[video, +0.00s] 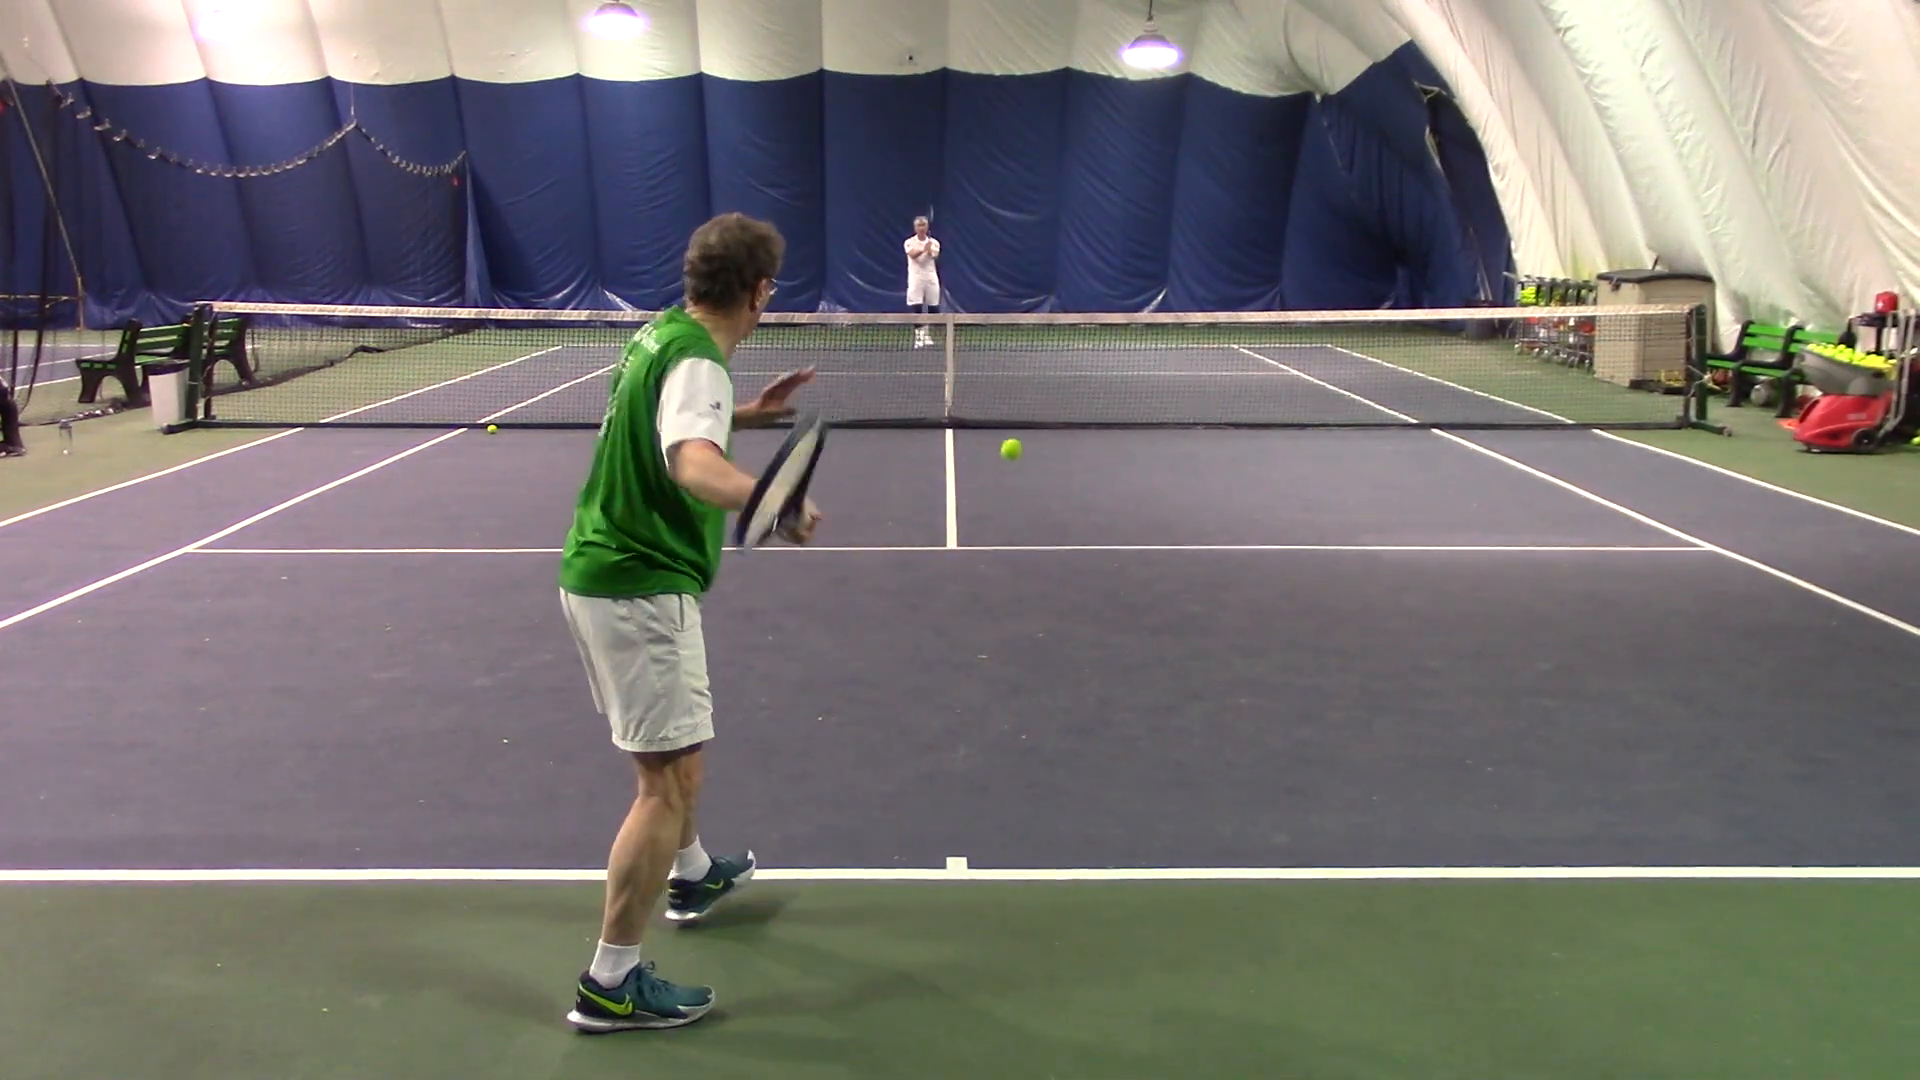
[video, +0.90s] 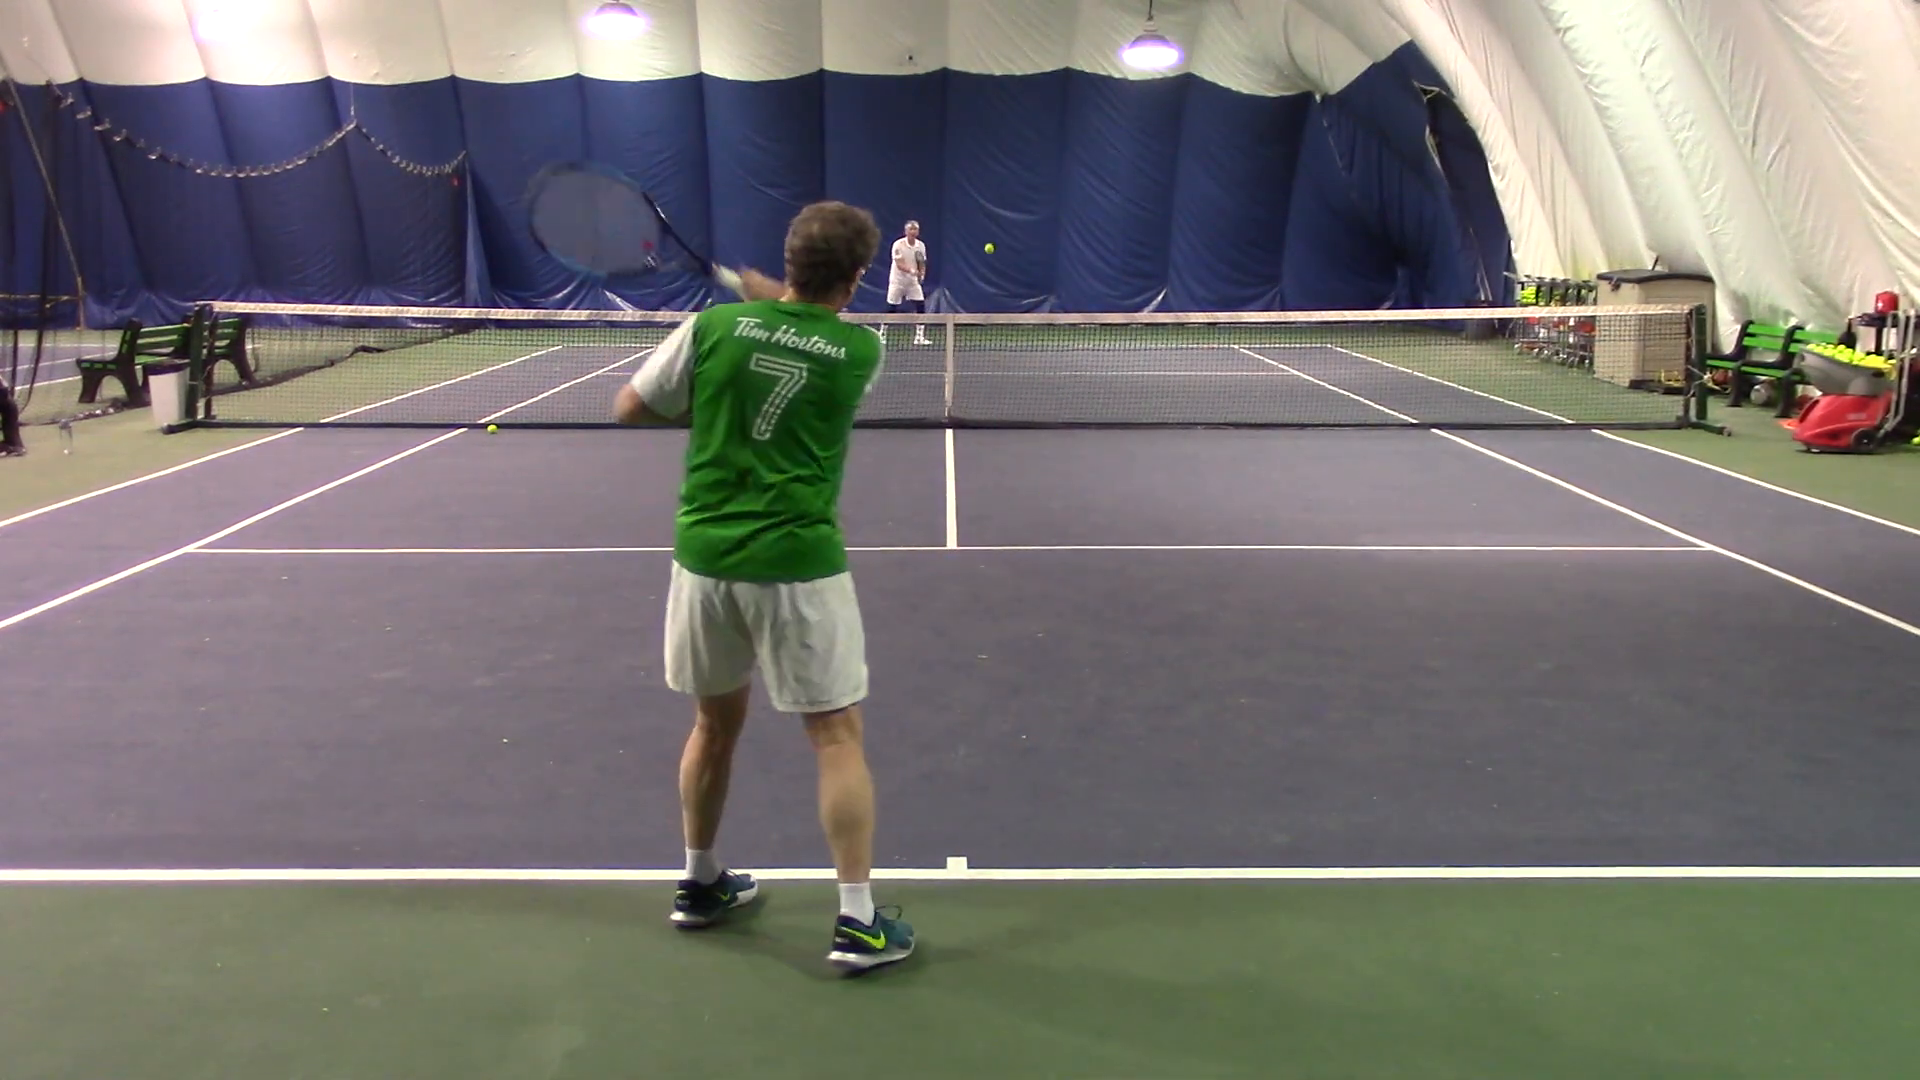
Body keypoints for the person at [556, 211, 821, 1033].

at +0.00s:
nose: (772, 297)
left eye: (770, 283)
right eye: (772, 284)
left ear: (696, 278)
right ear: (755, 292)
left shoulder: (660, 334)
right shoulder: (697, 364)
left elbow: (664, 421)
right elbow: (694, 465)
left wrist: (747, 408)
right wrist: (769, 500)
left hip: (606, 576)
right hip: (640, 587)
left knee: (670, 735)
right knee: (669, 784)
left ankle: (688, 876)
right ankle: (610, 977)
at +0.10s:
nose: (782, 305)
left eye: (784, 293)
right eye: (782, 294)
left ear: (704, 285)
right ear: (763, 298)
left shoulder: (660, 337)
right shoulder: (715, 373)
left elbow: (608, 411)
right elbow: (736, 487)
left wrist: (718, 406)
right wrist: (826, 536)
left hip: (600, 583)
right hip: (655, 595)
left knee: (670, 746)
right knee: (668, 786)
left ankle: (694, 880)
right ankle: (611, 977)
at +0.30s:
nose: (787, 302)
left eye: (788, 289)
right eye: (788, 290)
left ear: (709, 279)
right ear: (765, 295)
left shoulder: (636, 324)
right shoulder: (764, 383)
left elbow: (571, 368)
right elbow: (820, 482)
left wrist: (629, 341)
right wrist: (901, 496)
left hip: (616, 570)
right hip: (693, 582)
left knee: (677, 733)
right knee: (684, 764)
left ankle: (697, 880)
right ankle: (626, 946)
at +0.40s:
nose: (805, 299)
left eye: (804, 287)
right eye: (805, 289)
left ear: (727, 276)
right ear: (785, 296)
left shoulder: (648, 318)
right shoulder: (783, 376)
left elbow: (561, 335)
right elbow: (819, 395)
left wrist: (600, 327)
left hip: (627, 568)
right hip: (708, 581)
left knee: (685, 732)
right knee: (693, 756)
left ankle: (698, 878)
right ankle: (639, 931)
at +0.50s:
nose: (825, 299)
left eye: (825, 288)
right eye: (825, 290)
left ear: (745, 277)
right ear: (807, 300)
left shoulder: (666, 320)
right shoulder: (808, 365)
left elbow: (558, 336)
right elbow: (758, 360)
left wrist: (628, 349)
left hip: (640, 562)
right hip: (724, 574)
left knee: (684, 723)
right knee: (711, 750)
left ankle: (699, 878)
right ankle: (659, 923)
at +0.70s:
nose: (840, 293)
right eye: (842, 282)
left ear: (764, 268)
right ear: (828, 288)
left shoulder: (688, 319)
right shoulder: (827, 349)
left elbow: (585, 363)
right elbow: (779, 292)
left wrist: (637, 343)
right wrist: (725, 229)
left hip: (669, 556)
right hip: (760, 565)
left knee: (696, 722)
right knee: (767, 742)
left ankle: (696, 881)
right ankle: (745, 915)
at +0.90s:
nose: (859, 278)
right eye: (861, 268)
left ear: (786, 265)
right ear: (856, 279)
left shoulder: (716, 324)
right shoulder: (861, 352)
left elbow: (631, 404)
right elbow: (812, 333)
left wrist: (710, 393)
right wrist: (772, 299)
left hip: (708, 558)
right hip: (803, 564)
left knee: (714, 722)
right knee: (836, 737)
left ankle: (698, 883)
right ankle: (858, 917)